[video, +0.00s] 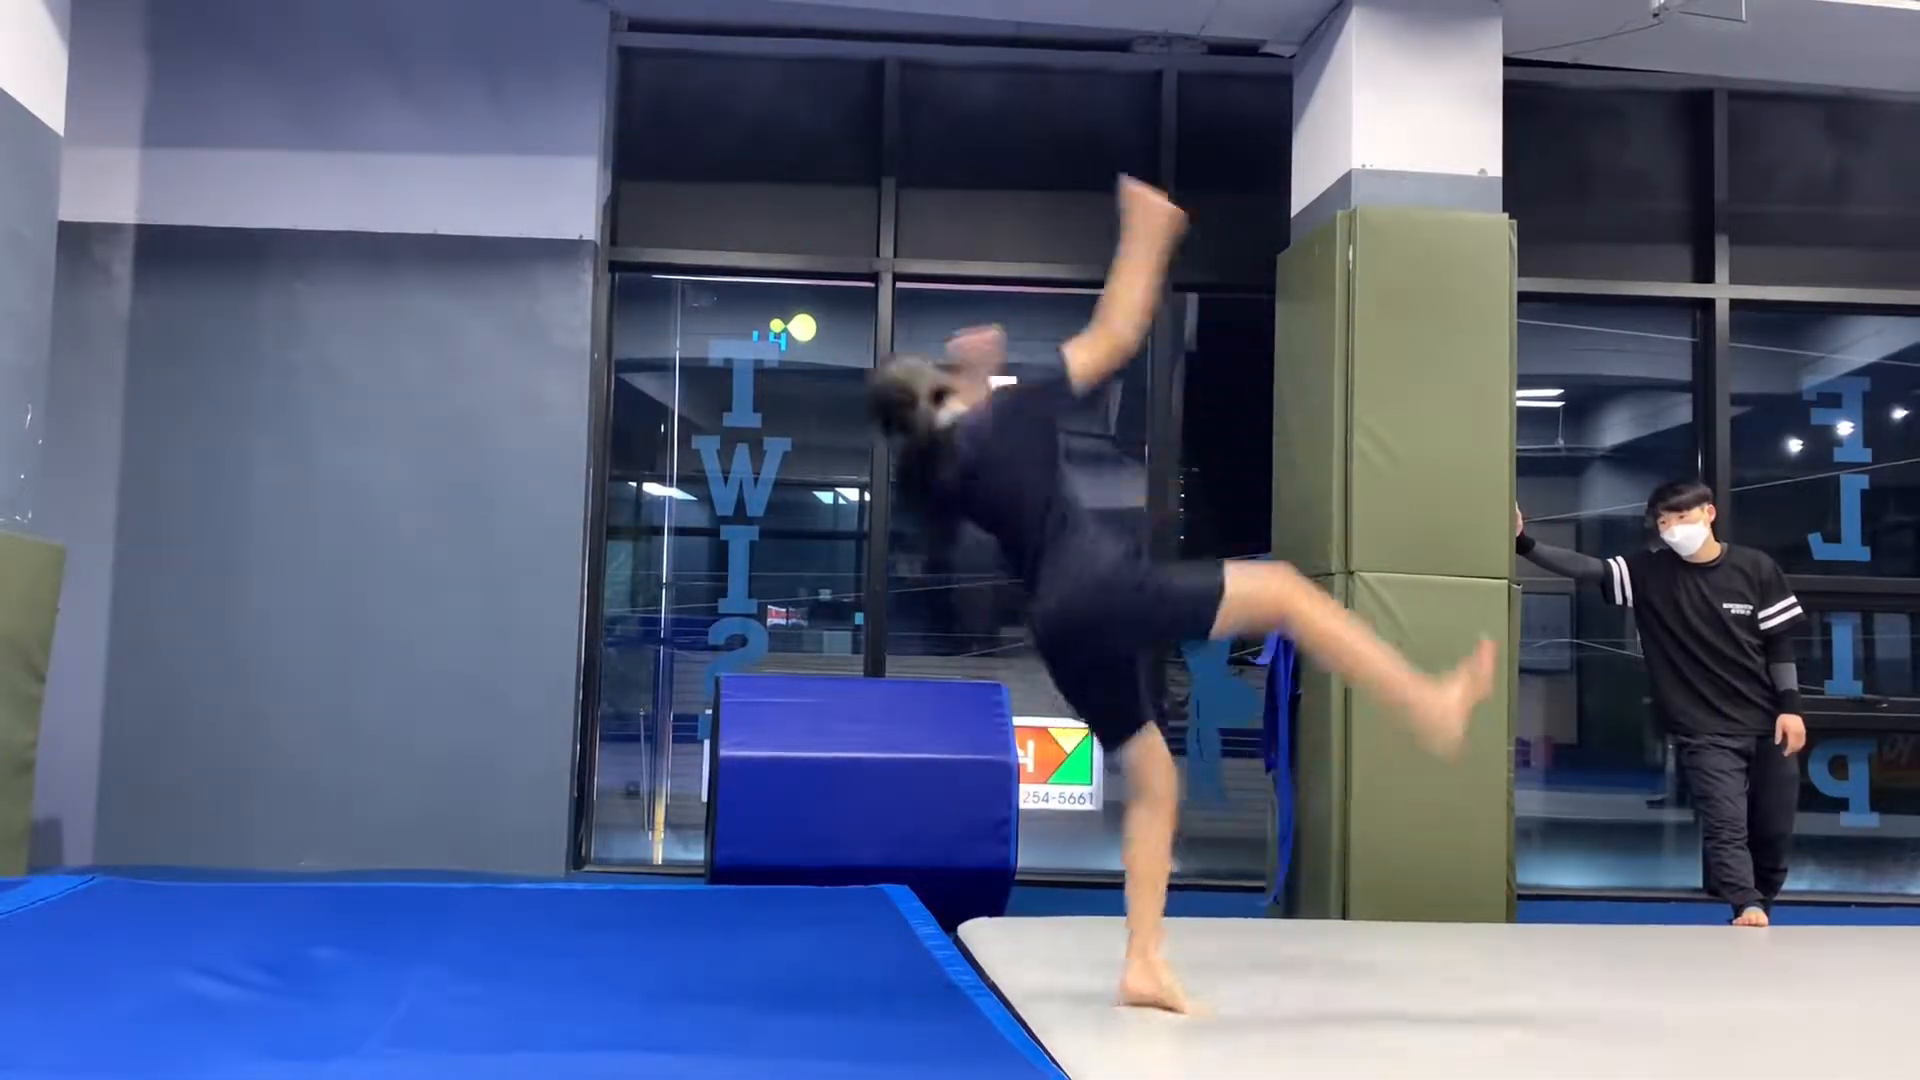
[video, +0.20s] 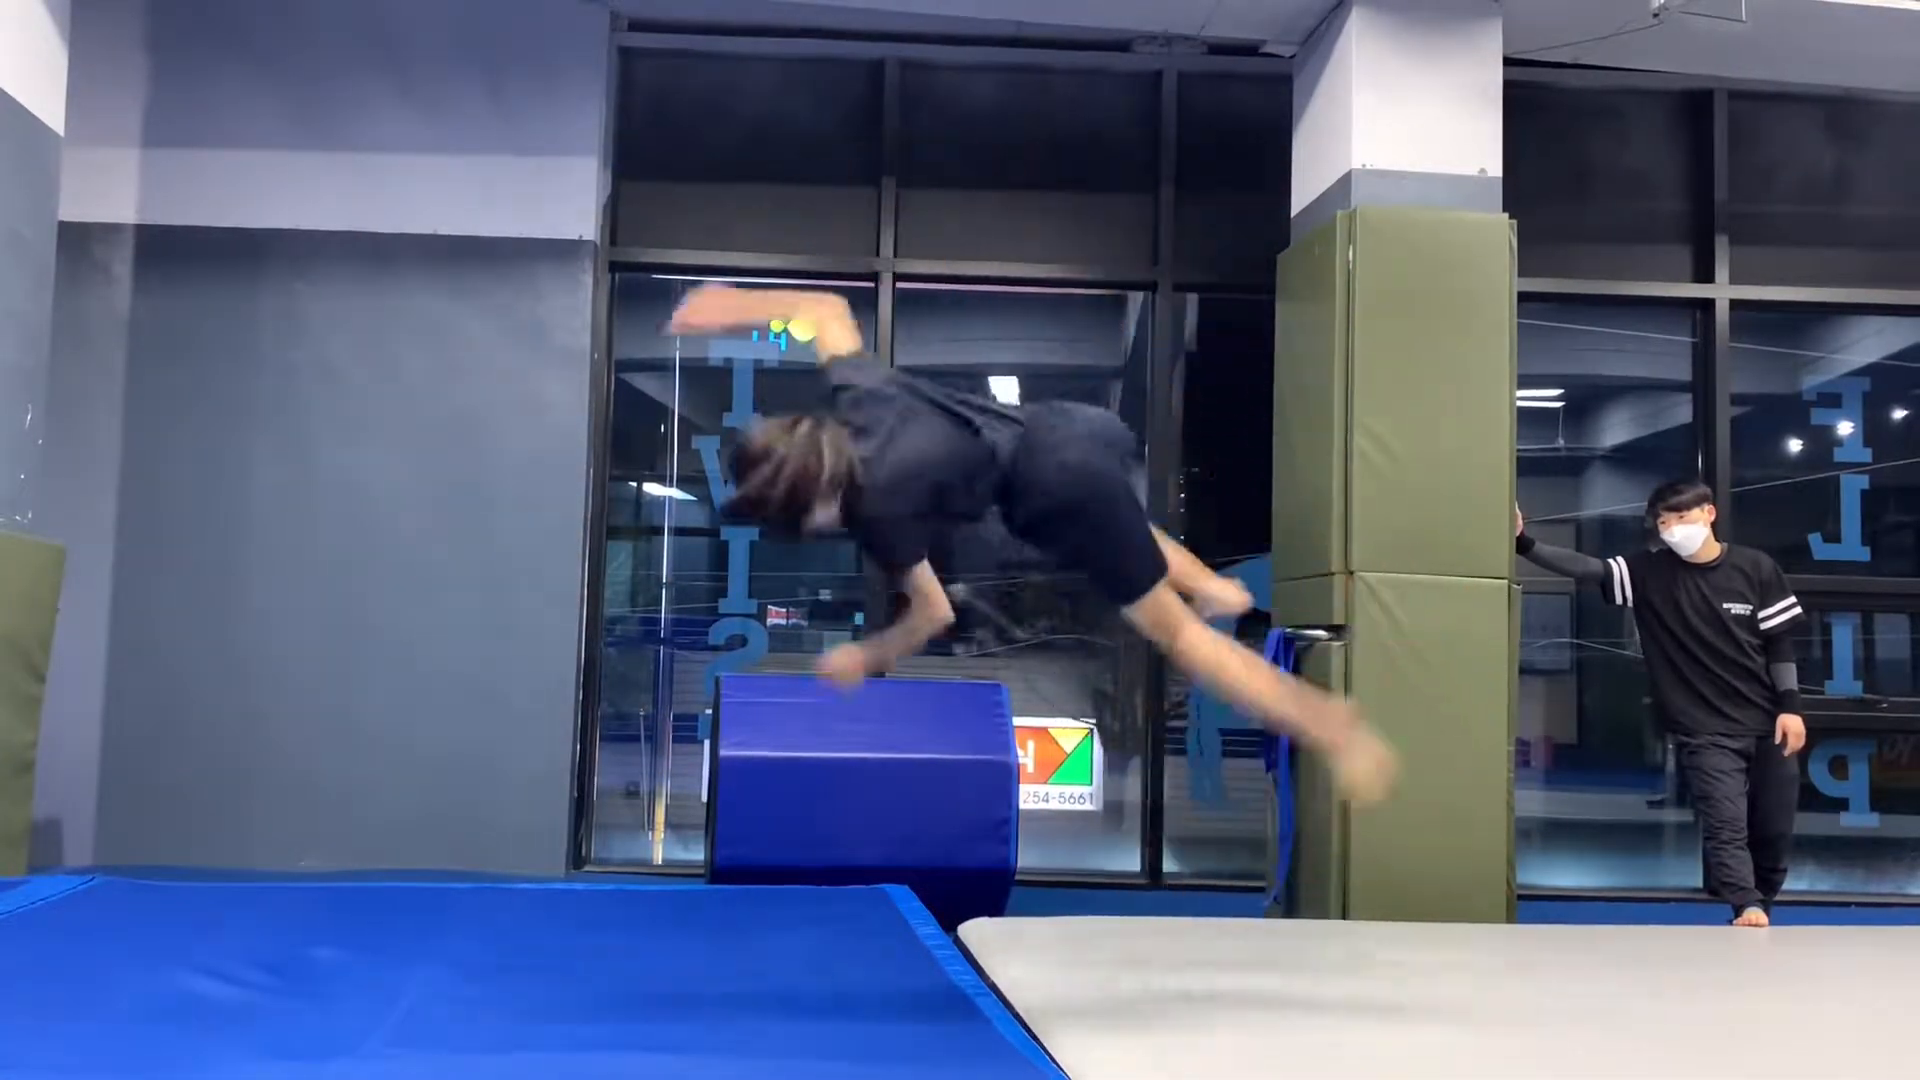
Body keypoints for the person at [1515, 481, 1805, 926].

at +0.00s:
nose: (1670, 524)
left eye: (1681, 513)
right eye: (1663, 517)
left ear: (1709, 513)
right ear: (1656, 525)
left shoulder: (1755, 568)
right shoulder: (1649, 570)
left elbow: (1780, 645)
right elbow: (1587, 568)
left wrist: (1790, 707)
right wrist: (1525, 544)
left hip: (1766, 724)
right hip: (1703, 727)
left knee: (1776, 829)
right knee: (1725, 818)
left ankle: (1759, 901)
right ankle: (1747, 907)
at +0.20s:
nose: (1670, 525)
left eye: (1680, 513)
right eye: (1663, 518)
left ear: (1709, 514)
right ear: (1656, 525)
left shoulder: (1756, 568)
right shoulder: (1648, 570)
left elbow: (1780, 644)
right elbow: (1587, 568)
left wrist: (1790, 707)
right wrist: (1525, 543)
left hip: (1766, 724)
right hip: (1703, 728)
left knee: (1776, 829)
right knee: (1725, 819)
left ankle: (1759, 901)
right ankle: (1747, 908)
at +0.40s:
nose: (1669, 526)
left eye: (1680, 515)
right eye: (1663, 518)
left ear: (1709, 514)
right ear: (1656, 524)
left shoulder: (1755, 568)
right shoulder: (1648, 570)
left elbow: (1780, 644)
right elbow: (1587, 568)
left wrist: (1790, 705)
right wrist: (1525, 543)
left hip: (1766, 724)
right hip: (1703, 727)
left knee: (1776, 828)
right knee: (1725, 818)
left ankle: (1759, 900)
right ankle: (1747, 907)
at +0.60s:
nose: (1667, 527)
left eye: (1678, 516)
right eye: (1662, 518)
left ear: (1708, 515)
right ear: (1656, 522)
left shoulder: (1754, 568)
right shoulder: (1648, 569)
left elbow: (1781, 644)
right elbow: (1586, 568)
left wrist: (1792, 705)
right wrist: (1525, 544)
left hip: (1766, 724)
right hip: (1702, 727)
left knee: (1775, 830)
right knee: (1724, 818)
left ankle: (1759, 901)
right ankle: (1746, 907)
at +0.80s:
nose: (1668, 525)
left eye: (1678, 515)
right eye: (1662, 517)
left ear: (1708, 514)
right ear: (1657, 522)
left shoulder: (1754, 567)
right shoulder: (1647, 569)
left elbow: (1780, 642)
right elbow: (1585, 567)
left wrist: (1792, 704)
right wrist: (1525, 543)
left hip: (1766, 723)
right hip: (1702, 726)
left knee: (1775, 829)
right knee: (1724, 818)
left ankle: (1759, 901)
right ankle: (1746, 907)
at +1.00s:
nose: (1669, 524)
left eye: (1680, 513)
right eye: (1663, 516)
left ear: (1709, 513)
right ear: (1657, 521)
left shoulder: (1755, 567)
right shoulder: (1648, 569)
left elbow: (1780, 642)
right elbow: (1586, 567)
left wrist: (1792, 704)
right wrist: (1525, 543)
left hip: (1767, 723)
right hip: (1703, 726)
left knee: (1775, 829)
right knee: (1725, 818)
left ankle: (1759, 901)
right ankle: (1746, 907)